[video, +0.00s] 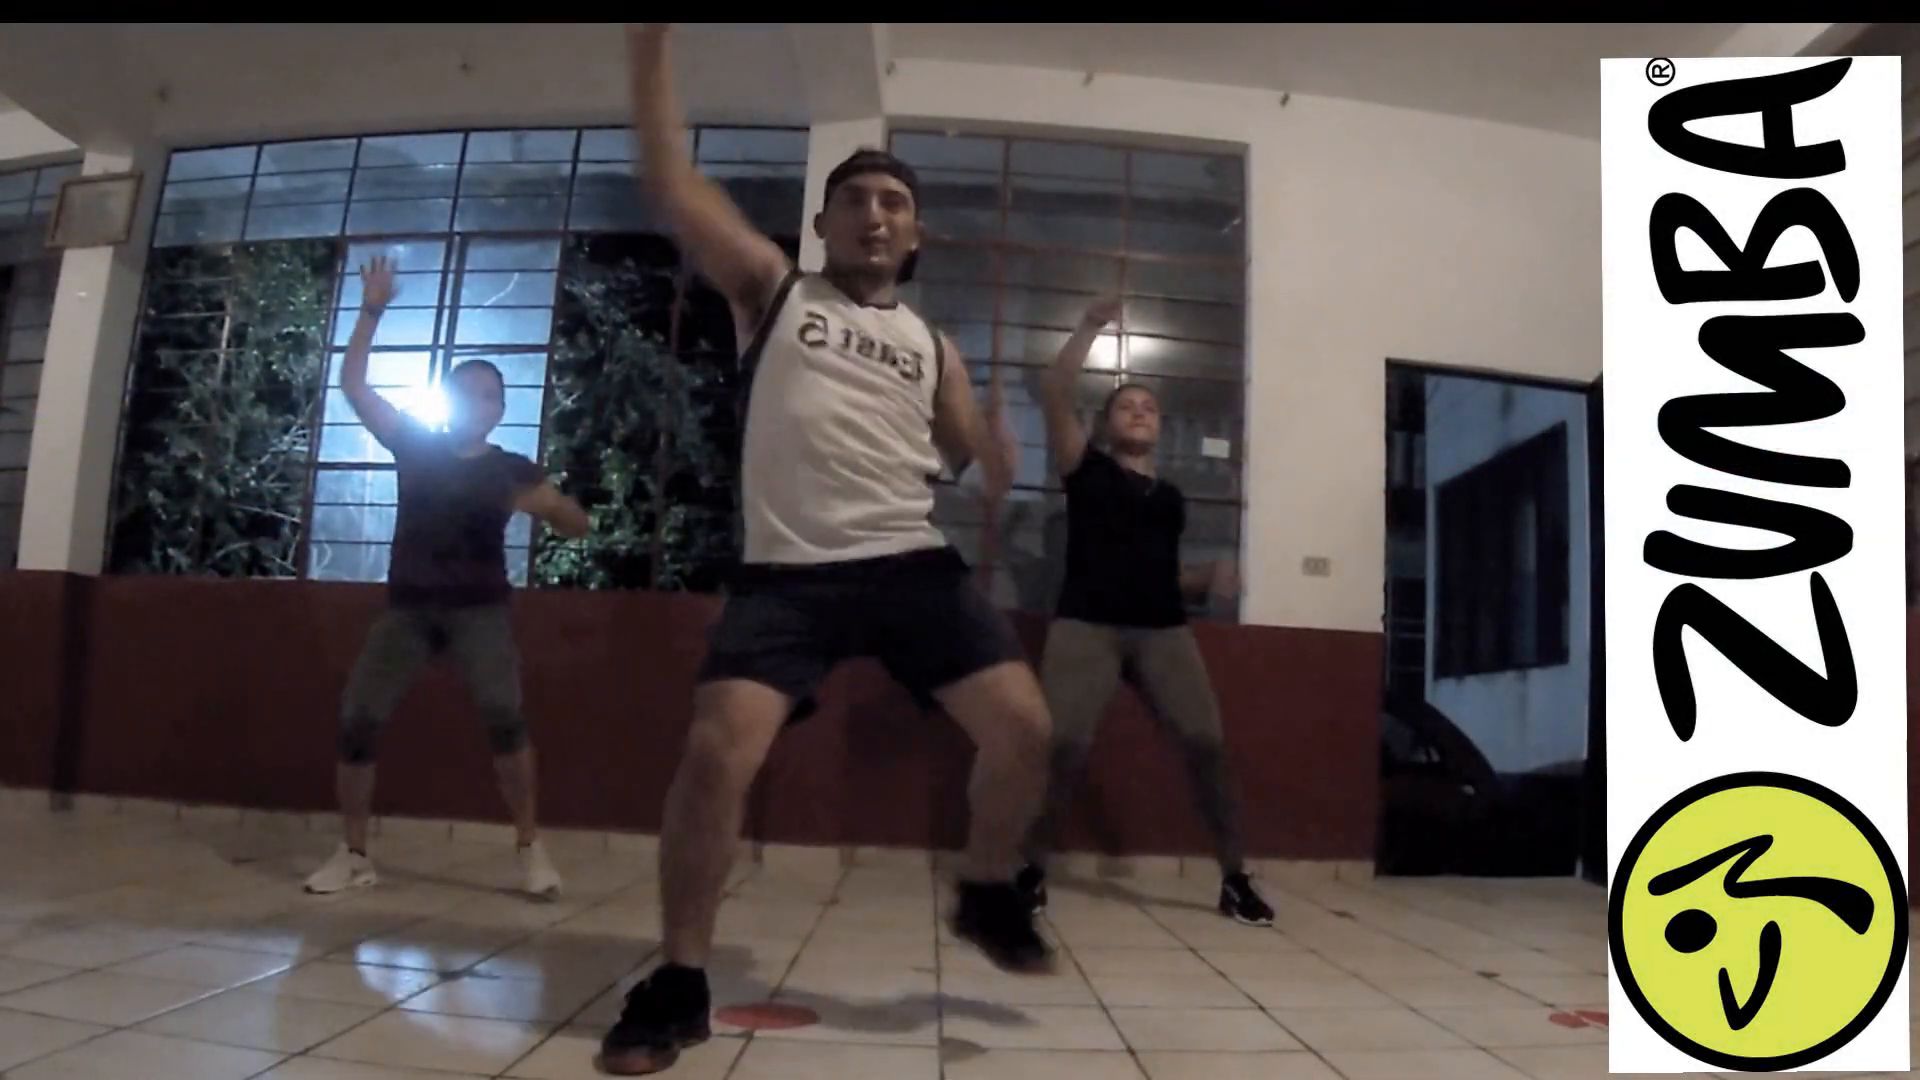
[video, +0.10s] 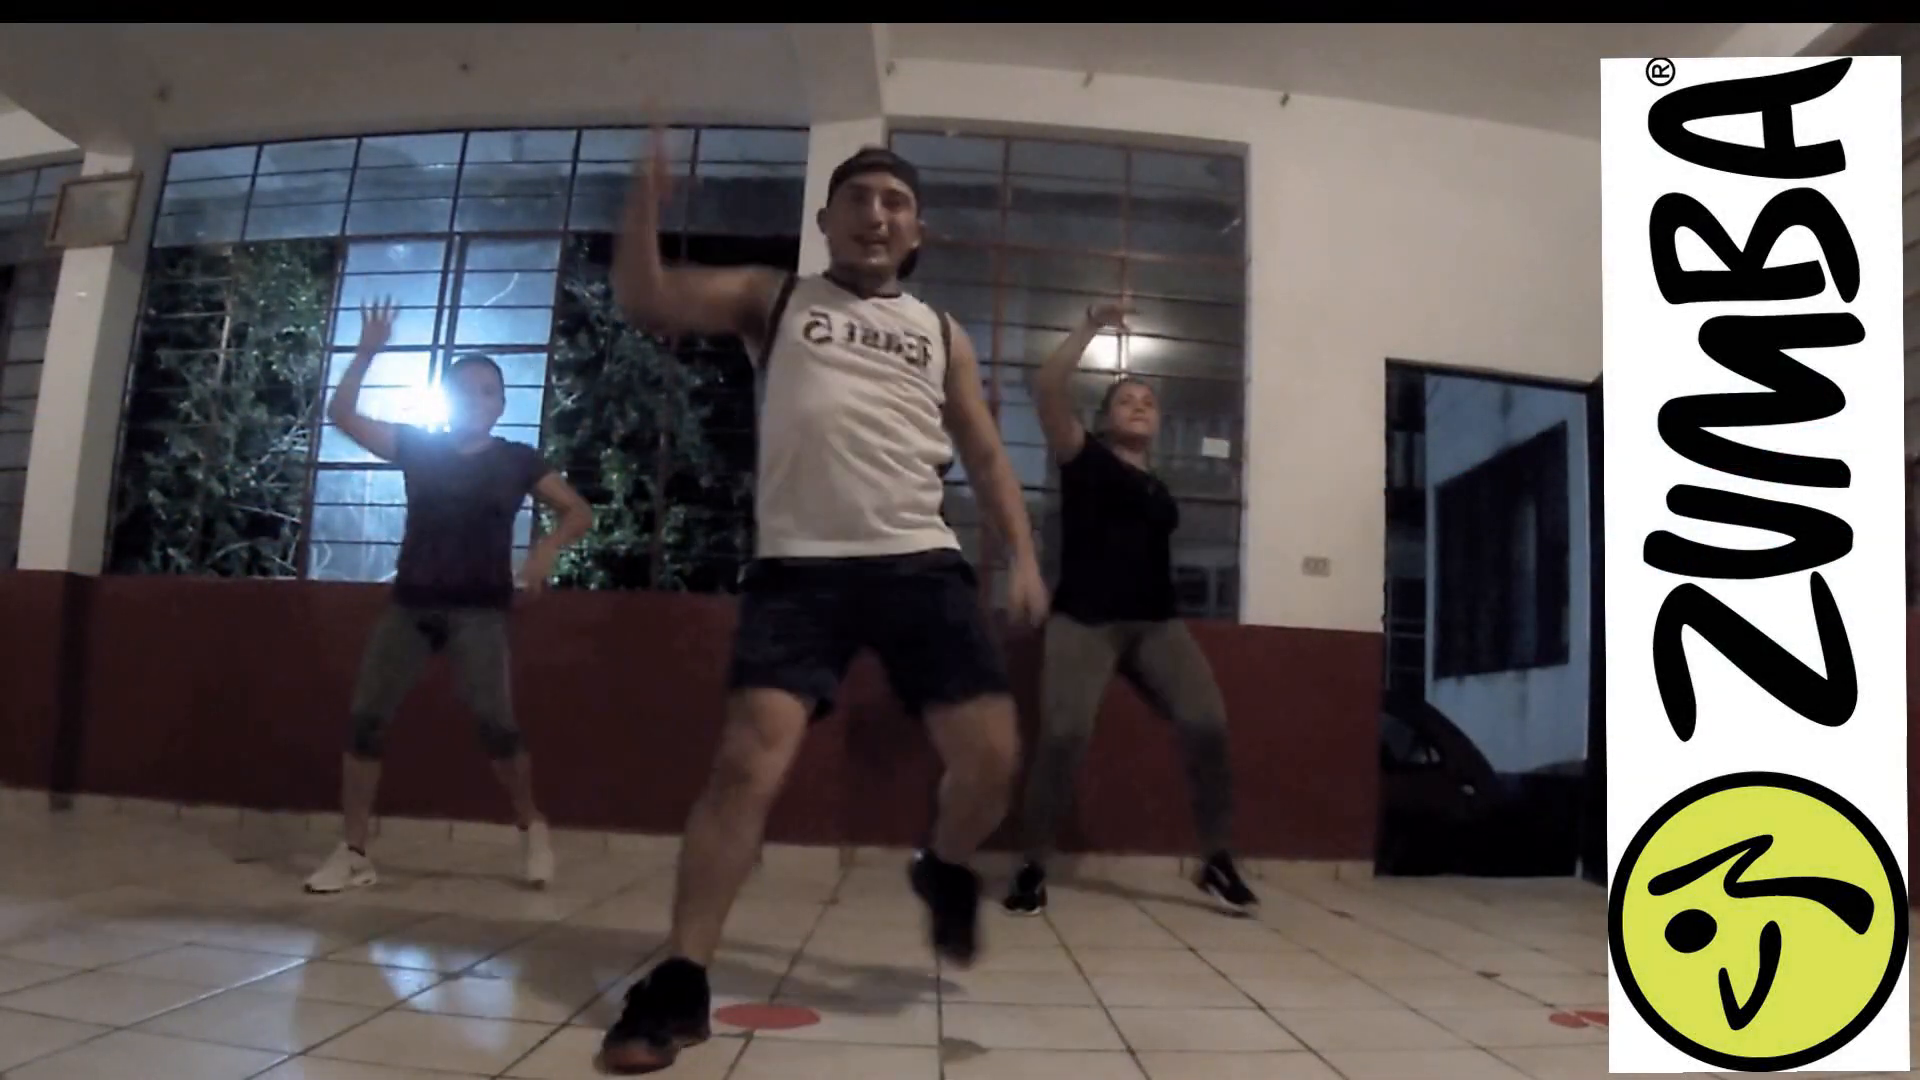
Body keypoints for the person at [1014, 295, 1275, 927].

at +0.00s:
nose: (1140, 414)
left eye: (1149, 409)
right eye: (1129, 407)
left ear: (1159, 429)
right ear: (1106, 423)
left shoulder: (1167, 498)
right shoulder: (1084, 470)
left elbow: (1164, 580)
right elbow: (1055, 390)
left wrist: (1206, 577)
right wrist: (1088, 327)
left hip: (1160, 628)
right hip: (1087, 624)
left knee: (1205, 739)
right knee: (1064, 743)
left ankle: (1234, 877)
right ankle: (1030, 872)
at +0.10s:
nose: (1139, 406)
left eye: (1147, 403)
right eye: (1126, 400)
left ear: (1156, 424)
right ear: (1105, 419)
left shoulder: (1155, 487)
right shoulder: (1081, 459)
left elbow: (1148, 555)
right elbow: (1048, 384)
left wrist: (1154, 607)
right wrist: (1090, 327)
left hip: (1153, 623)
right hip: (1083, 621)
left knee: (1206, 722)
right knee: (1063, 733)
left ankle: (1218, 858)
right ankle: (1033, 865)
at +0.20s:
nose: (1138, 409)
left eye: (1146, 404)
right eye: (1127, 402)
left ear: (1157, 423)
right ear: (1106, 417)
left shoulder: (1153, 487)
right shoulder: (1082, 461)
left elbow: (1150, 555)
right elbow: (1050, 394)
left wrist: (1157, 610)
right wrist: (1092, 331)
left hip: (1156, 622)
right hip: (1088, 620)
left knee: (1203, 725)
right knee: (1069, 735)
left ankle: (1182, 832)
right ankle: (1034, 864)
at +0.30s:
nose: (1141, 421)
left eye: (1148, 415)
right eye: (1130, 414)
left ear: (1159, 429)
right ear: (1109, 425)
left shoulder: (1164, 496)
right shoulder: (1087, 473)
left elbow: (1159, 560)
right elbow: (1054, 417)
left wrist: (1169, 617)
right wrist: (1092, 353)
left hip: (1165, 627)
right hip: (1100, 619)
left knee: (1182, 738)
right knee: (1074, 739)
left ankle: (1166, 845)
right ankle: (1034, 864)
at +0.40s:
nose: (1146, 428)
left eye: (1153, 420)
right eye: (1134, 421)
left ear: (1165, 434)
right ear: (1114, 436)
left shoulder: (1178, 503)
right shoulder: (1101, 490)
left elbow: (1176, 554)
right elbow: (1055, 479)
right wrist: (1080, 423)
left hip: (1171, 634)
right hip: (1107, 630)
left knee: (1173, 748)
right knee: (1080, 744)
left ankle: (1157, 859)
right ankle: (1034, 865)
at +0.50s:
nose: (1153, 427)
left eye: (1160, 420)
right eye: (1141, 421)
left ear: (1172, 432)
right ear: (1121, 436)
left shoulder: (1194, 499)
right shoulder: (1107, 488)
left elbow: (1208, 575)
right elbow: (1054, 539)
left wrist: (1221, 635)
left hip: (1177, 638)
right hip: (1111, 634)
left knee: (1174, 749)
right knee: (1082, 740)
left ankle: (1157, 859)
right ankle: (1040, 857)